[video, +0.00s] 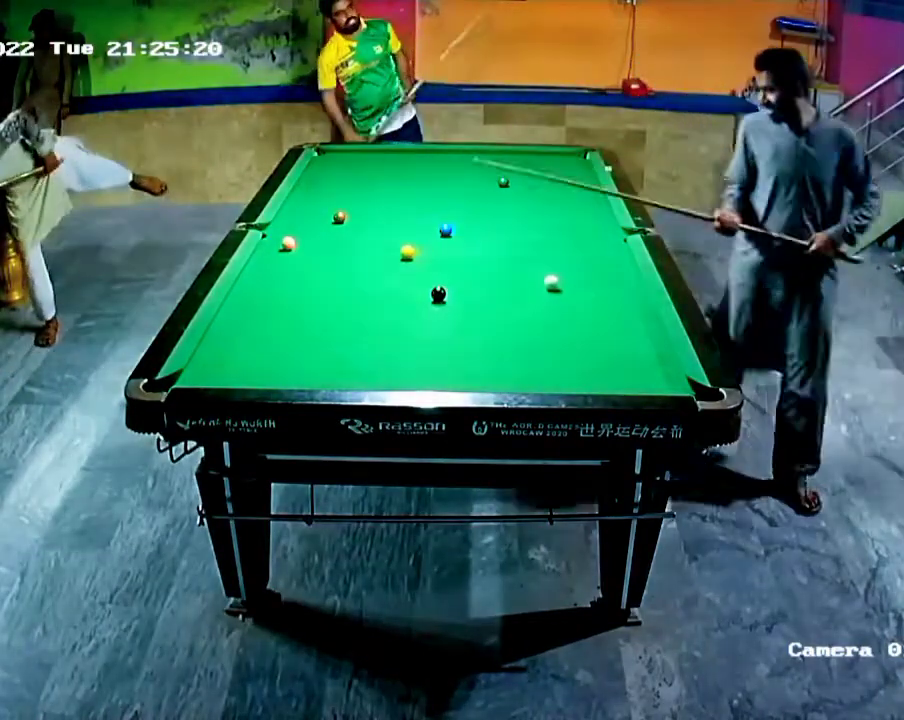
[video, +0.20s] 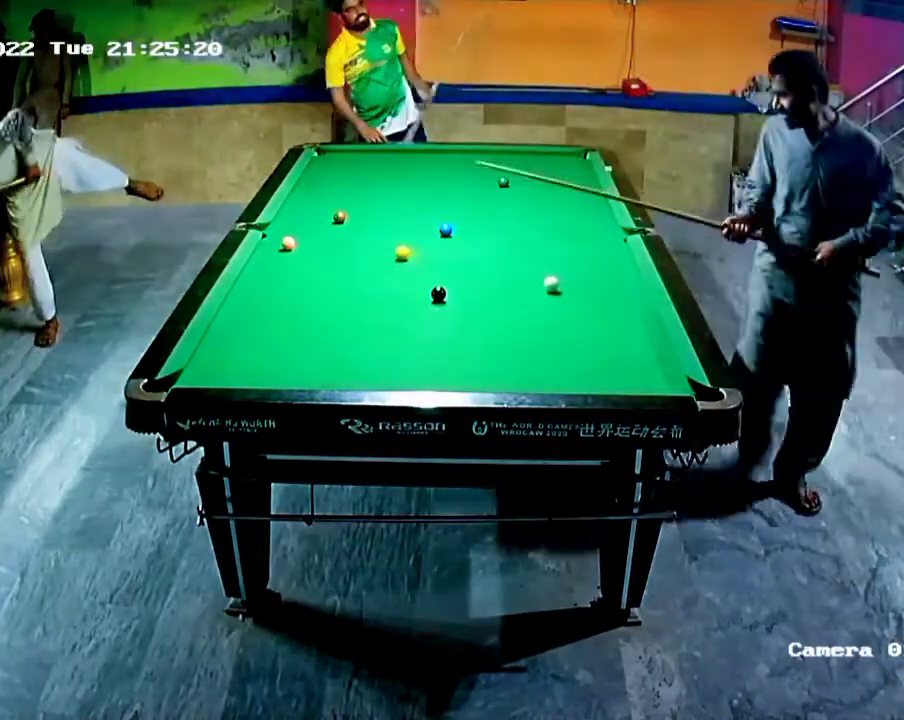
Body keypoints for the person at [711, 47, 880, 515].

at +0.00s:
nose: (762, 99)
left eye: (769, 90)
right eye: (759, 90)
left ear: (796, 87)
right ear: (759, 88)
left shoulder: (840, 137)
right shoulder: (752, 128)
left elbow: (868, 201)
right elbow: (734, 186)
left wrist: (838, 235)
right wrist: (730, 208)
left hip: (809, 271)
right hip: (753, 265)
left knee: (805, 380)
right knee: (729, 357)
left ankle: (794, 476)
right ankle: (712, 442)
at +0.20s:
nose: (778, 103)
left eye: (785, 95)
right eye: (775, 94)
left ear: (814, 93)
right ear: (779, 93)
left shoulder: (865, 149)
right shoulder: (774, 131)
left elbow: (889, 220)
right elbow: (757, 189)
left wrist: (844, 245)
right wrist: (747, 215)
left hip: (832, 291)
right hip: (774, 282)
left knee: (824, 391)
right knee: (756, 374)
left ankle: (791, 475)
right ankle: (750, 454)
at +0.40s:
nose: (772, 123)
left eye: (779, 113)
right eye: (770, 113)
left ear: (810, 110)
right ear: (777, 112)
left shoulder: (866, 166)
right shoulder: (781, 155)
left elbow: (896, 240)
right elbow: (777, 209)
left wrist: (844, 267)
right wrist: (742, 241)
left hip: (841, 316)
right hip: (787, 306)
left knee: (827, 409)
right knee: (776, 403)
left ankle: (801, 477)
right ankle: (777, 500)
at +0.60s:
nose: (777, 125)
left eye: (785, 116)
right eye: (775, 115)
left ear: (816, 115)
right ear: (796, 116)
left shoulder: (870, 170)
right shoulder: (789, 161)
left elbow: (903, 247)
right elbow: (774, 214)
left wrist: (850, 275)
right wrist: (733, 242)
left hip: (852, 328)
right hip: (796, 318)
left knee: (844, 440)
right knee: (782, 423)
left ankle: (834, 534)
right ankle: (778, 519)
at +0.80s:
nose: (801, 139)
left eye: (809, 129)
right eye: (798, 129)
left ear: (840, 127)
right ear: (801, 128)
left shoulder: (887, 189)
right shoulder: (813, 175)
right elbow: (784, 221)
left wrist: (860, 290)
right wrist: (733, 253)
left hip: (873, 347)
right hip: (820, 334)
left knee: (862, 462)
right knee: (788, 434)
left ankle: (854, 567)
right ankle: (778, 522)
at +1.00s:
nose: (812, 151)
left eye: (819, 140)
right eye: (811, 140)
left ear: (850, 140)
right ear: (824, 143)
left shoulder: (897, 197)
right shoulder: (833, 191)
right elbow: (790, 235)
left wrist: (887, 305)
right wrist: (725, 270)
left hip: (899, 345)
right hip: (857, 328)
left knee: (872, 465)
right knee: (824, 428)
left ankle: (855, 567)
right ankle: (818, 516)